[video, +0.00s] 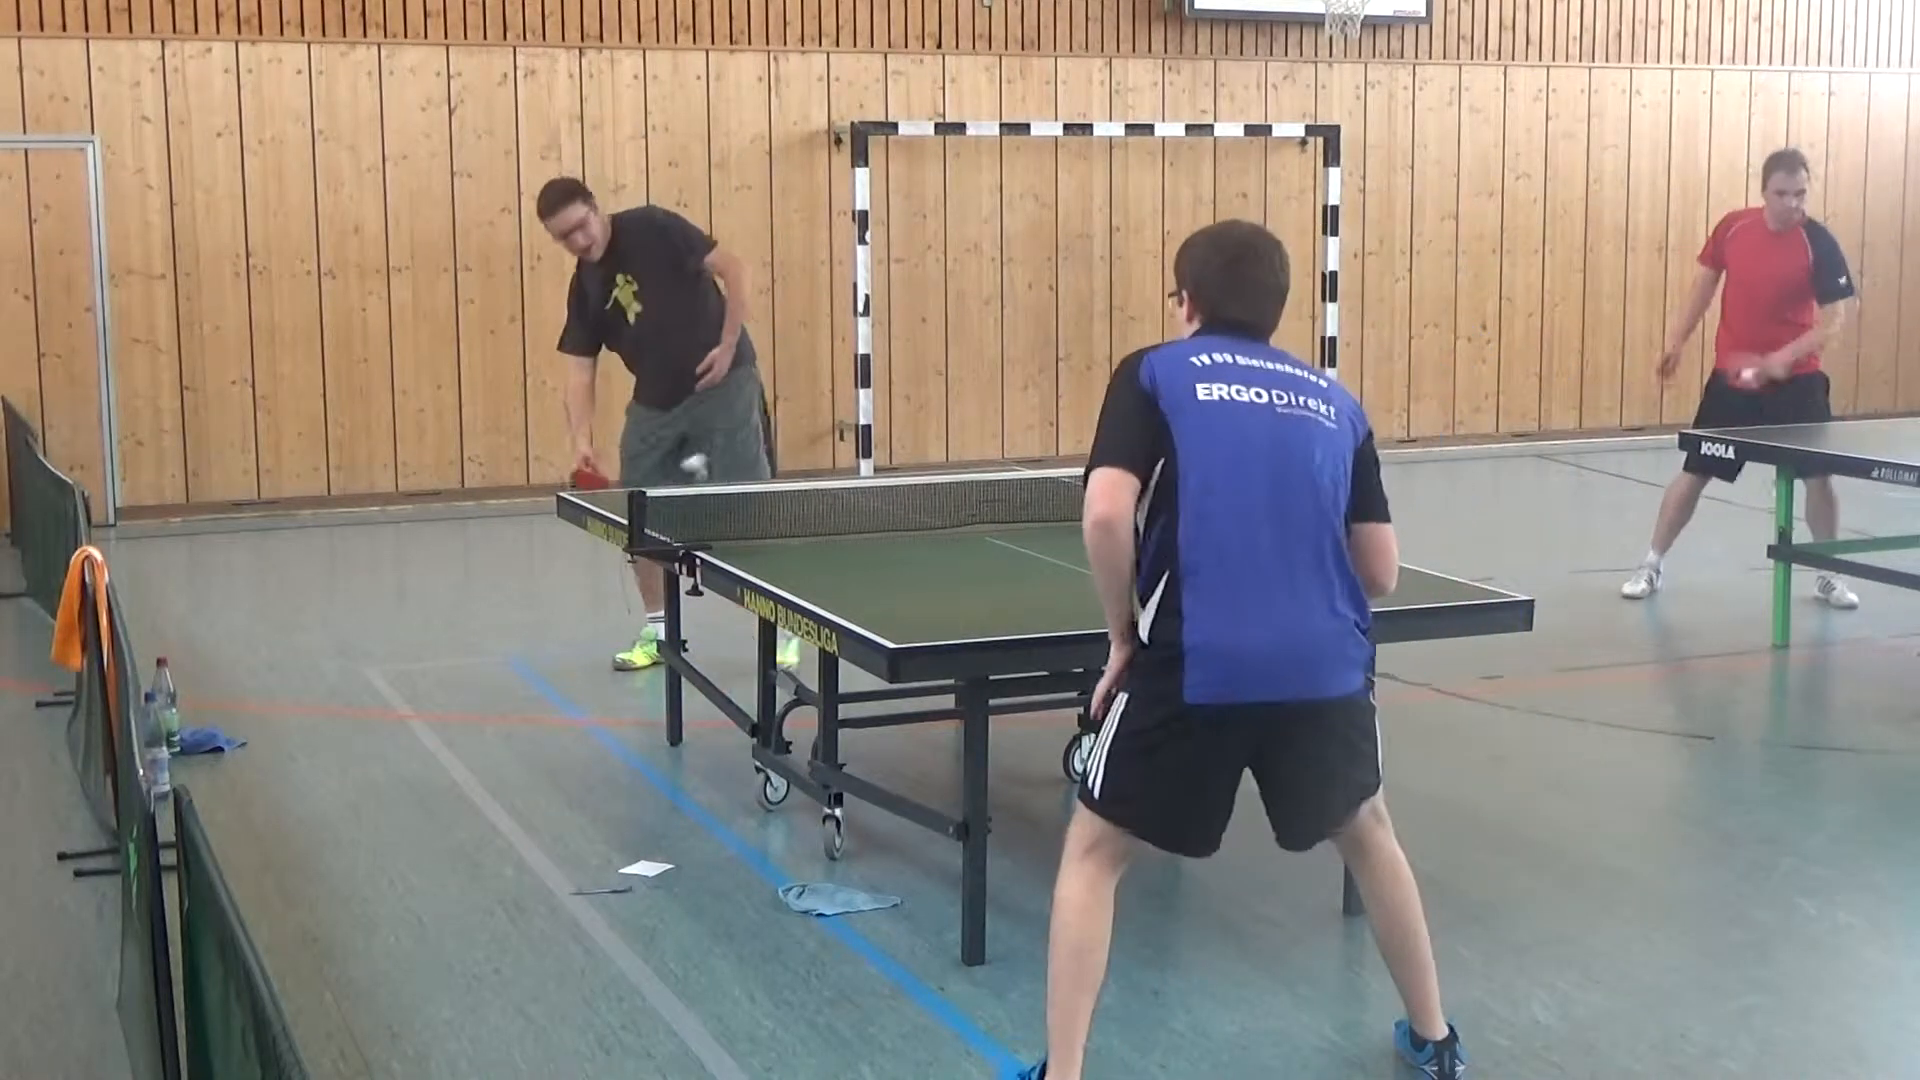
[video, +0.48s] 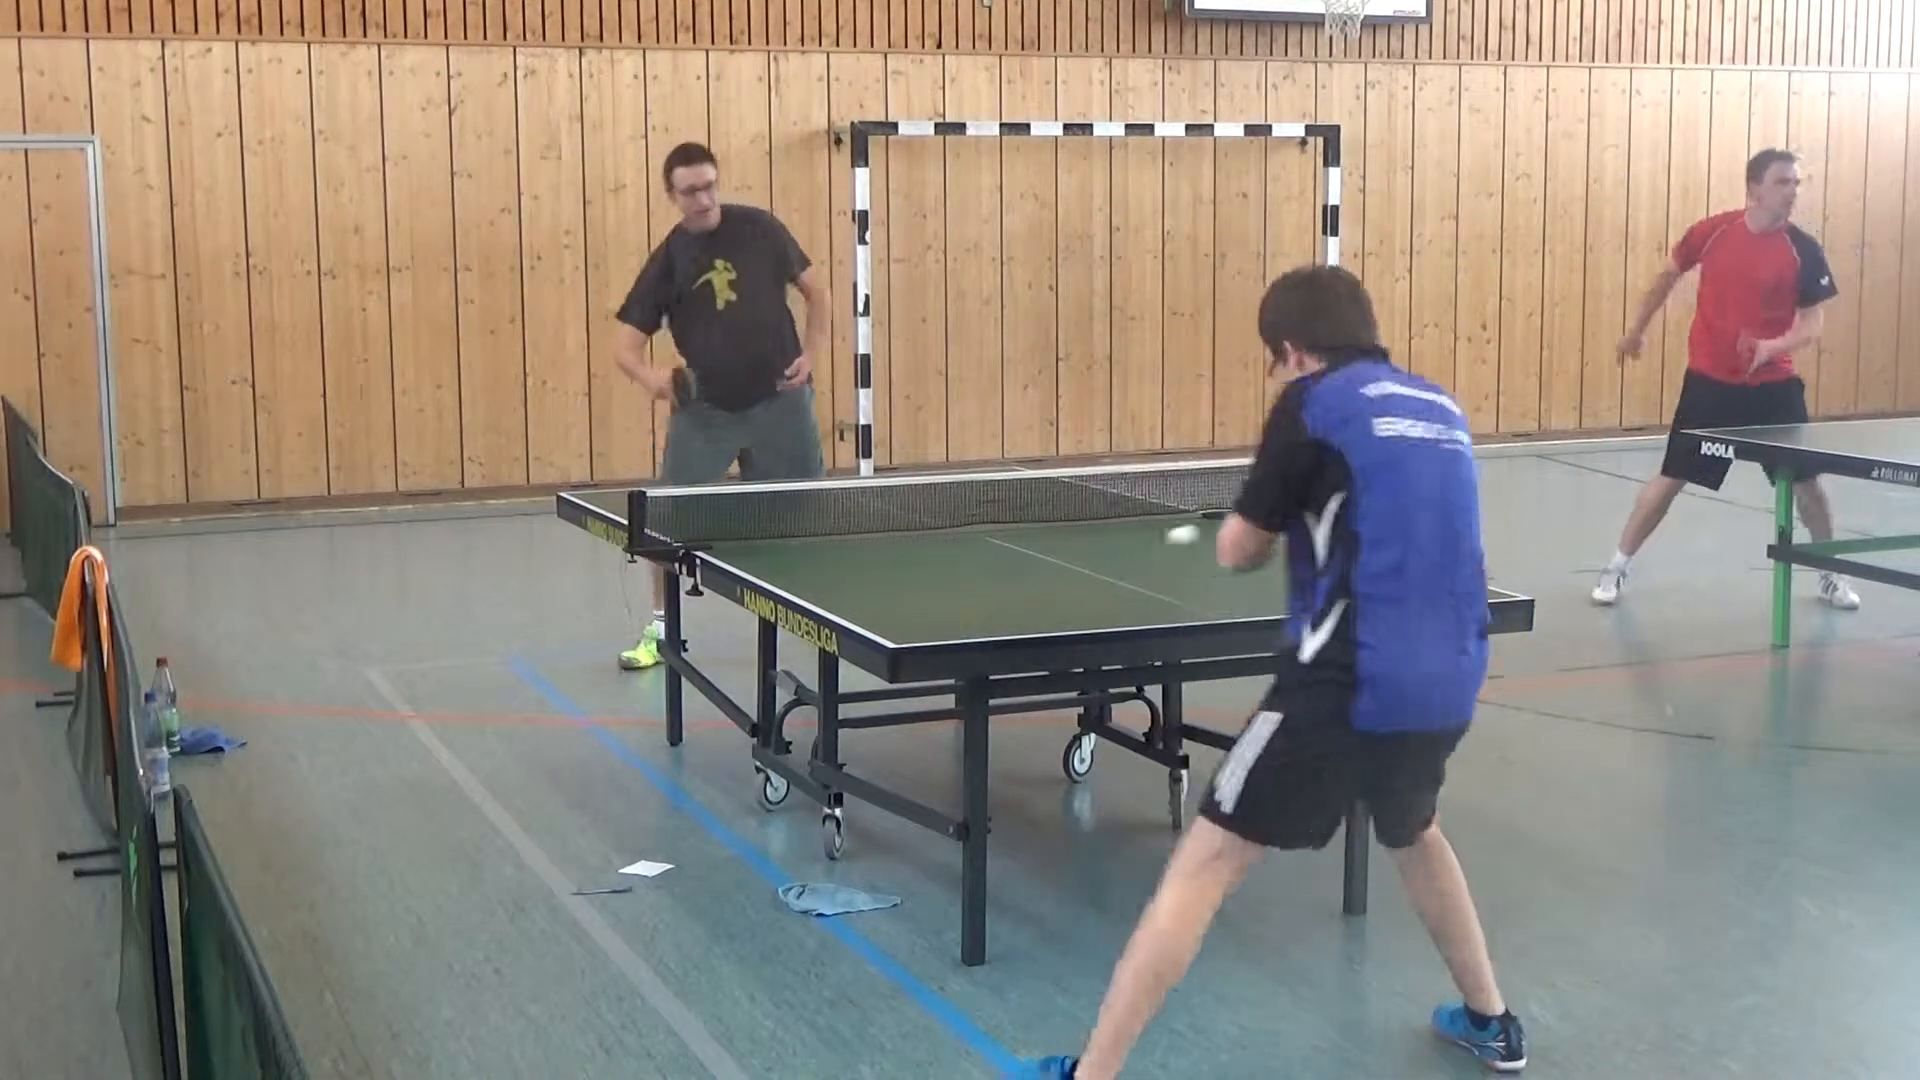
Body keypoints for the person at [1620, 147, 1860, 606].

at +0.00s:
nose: (1794, 202)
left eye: (1801, 192)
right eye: (1784, 193)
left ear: (1809, 191)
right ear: (1764, 192)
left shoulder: (1818, 241)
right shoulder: (1733, 228)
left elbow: (1833, 325)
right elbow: (1703, 289)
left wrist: (1782, 357)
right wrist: (1675, 344)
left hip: (1797, 382)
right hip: (1732, 379)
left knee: (1818, 476)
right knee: (1695, 472)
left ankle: (1827, 574)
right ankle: (1651, 565)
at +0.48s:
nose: (1794, 191)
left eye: (1796, 183)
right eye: (1784, 183)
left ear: (1796, 188)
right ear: (1755, 187)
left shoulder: (1803, 250)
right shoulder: (1713, 233)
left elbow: (1811, 328)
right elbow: (1668, 276)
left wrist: (1771, 345)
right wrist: (1637, 330)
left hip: (1775, 387)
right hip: (1709, 384)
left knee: (1808, 483)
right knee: (1671, 478)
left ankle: (1830, 570)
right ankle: (1617, 566)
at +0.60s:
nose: (1773, 188)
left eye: (1776, 180)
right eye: (1764, 179)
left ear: (1771, 185)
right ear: (1734, 183)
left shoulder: (1777, 241)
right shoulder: (1688, 227)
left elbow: (1790, 301)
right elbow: (1633, 268)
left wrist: (1771, 335)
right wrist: (1599, 323)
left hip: (1750, 380)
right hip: (1689, 380)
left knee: (1783, 474)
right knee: (1659, 473)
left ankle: (1817, 570)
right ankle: (1610, 567)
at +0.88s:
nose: (1743, 187)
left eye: (1745, 180)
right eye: (1733, 180)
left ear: (1745, 183)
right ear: (1704, 183)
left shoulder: (1748, 240)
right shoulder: (1667, 231)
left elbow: (1754, 311)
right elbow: (1602, 276)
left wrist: (1742, 353)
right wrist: (1555, 328)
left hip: (1723, 383)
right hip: (1666, 381)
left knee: (1745, 471)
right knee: (1629, 477)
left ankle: (1728, 563)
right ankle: (1557, 560)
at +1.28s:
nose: (1749, 184)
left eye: (1750, 177)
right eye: (1740, 175)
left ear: (1743, 187)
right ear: (1710, 180)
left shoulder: (1744, 250)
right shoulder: (1667, 217)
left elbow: (1796, 303)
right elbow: (1600, 256)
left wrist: (1844, 354)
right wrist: (1556, 301)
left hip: (1685, 368)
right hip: (1633, 359)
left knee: (1707, 464)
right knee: (1603, 459)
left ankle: (1705, 564)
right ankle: (1531, 551)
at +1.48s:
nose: (1729, 167)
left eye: (1730, 160)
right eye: (1718, 160)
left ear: (1729, 169)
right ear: (1691, 169)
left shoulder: (1733, 236)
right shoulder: (1652, 214)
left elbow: (1758, 304)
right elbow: (1595, 262)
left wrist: (1787, 366)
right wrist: (1553, 314)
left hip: (1695, 371)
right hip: (1640, 365)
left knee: (1704, 467)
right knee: (1613, 462)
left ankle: (1704, 563)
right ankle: (1565, 563)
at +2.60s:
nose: (1809, 168)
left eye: (1806, 160)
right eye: (1804, 160)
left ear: (1762, 167)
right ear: (1790, 166)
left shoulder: (1732, 213)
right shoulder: (1783, 213)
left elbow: (1725, 296)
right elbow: (1773, 288)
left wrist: (1800, 333)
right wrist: (1813, 333)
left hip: (1718, 365)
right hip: (1766, 368)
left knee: (1701, 463)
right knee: (1798, 469)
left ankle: (1692, 564)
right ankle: (1834, 555)